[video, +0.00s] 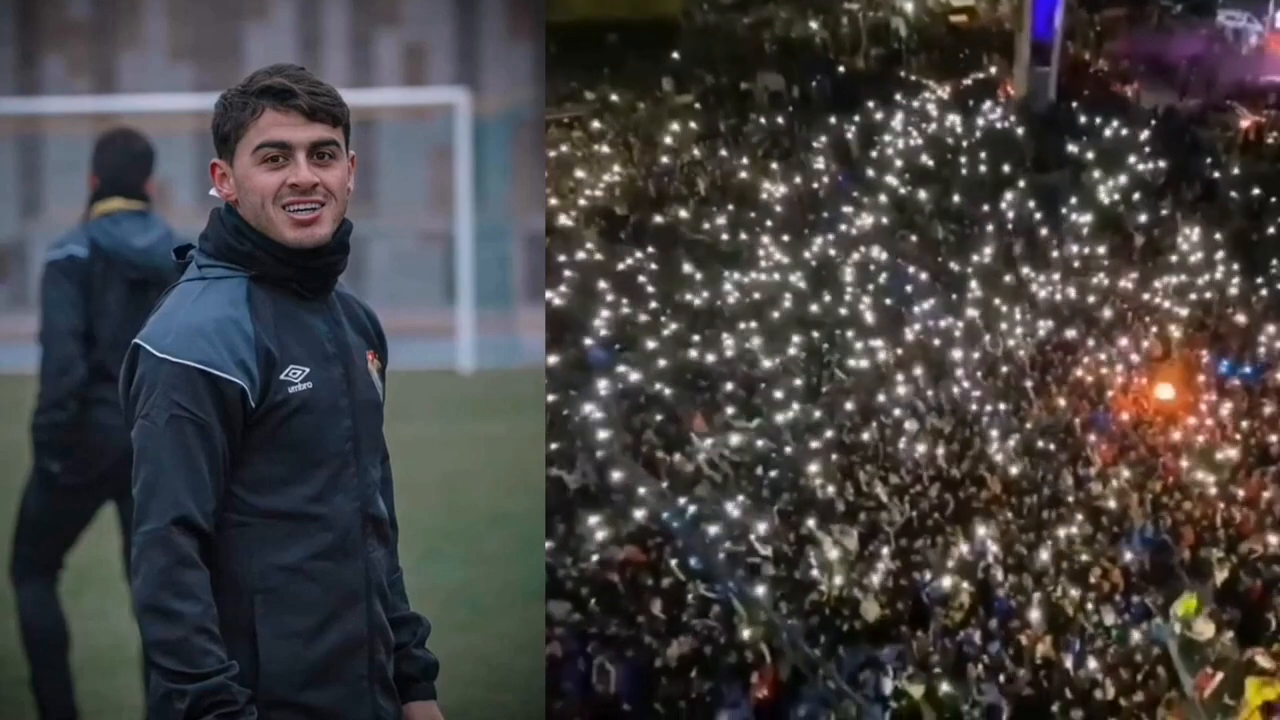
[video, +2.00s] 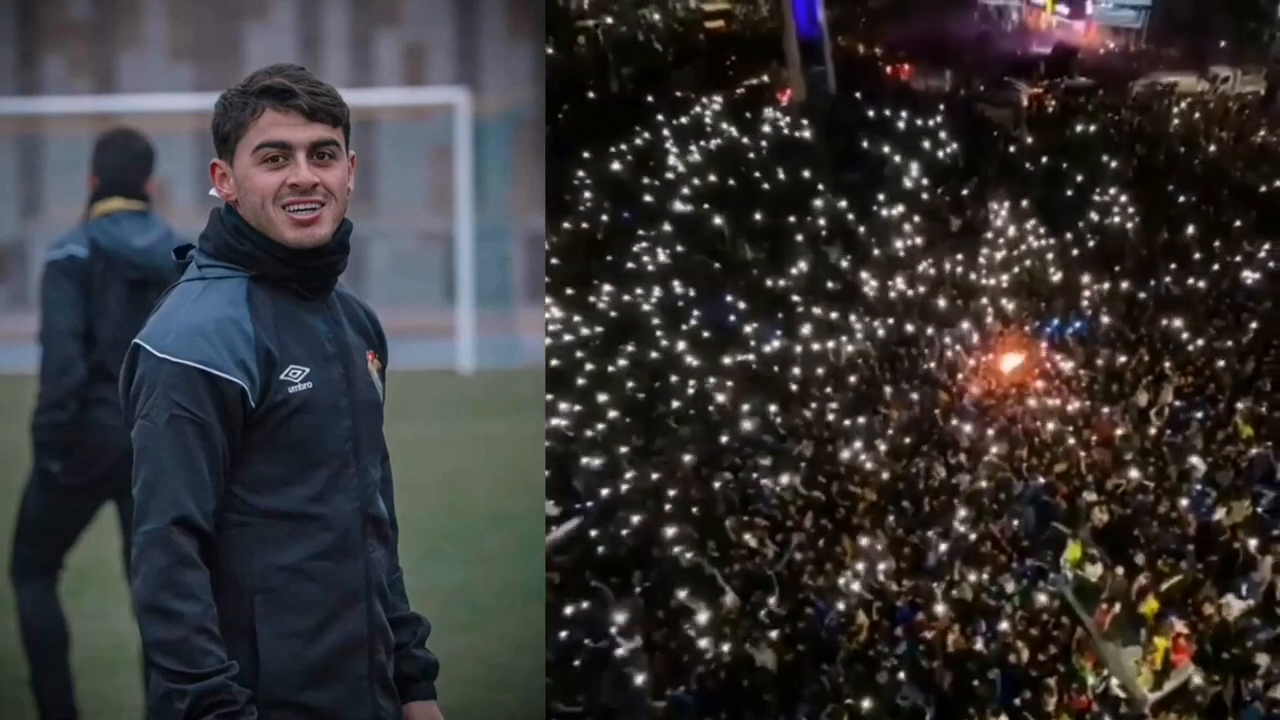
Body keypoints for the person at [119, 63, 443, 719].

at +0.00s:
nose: (305, 178)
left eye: (322, 155)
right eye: (274, 158)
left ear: (349, 171)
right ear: (226, 182)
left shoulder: (356, 323)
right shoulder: (195, 334)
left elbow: (372, 525)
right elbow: (164, 550)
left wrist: (414, 684)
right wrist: (213, 705)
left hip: (365, 690)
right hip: (260, 691)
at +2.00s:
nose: (304, 179)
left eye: (322, 155)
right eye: (274, 158)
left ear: (350, 171)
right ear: (226, 182)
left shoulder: (356, 323)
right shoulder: (195, 334)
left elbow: (372, 525)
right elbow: (164, 550)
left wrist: (414, 684)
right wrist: (213, 705)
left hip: (365, 690)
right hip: (259, 691)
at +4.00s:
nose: (305, 178)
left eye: (322, 155)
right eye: (274, 158)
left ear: (349, 171)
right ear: (226, 182)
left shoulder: (356, 323)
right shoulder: (195, 334)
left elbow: (372, 525)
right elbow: (164, 550)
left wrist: (414, 684)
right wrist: (213, 705)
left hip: (365, 690)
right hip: (260, 691)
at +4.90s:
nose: (305, 178)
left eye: (322, 155)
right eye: (274, 158)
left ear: (349, 171)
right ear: (225, 182)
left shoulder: (356, 323)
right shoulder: (195, 335)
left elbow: (373, 525)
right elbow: (164, 550)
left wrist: (414, 685)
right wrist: (213, 705)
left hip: (366, 691)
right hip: (260, 692)